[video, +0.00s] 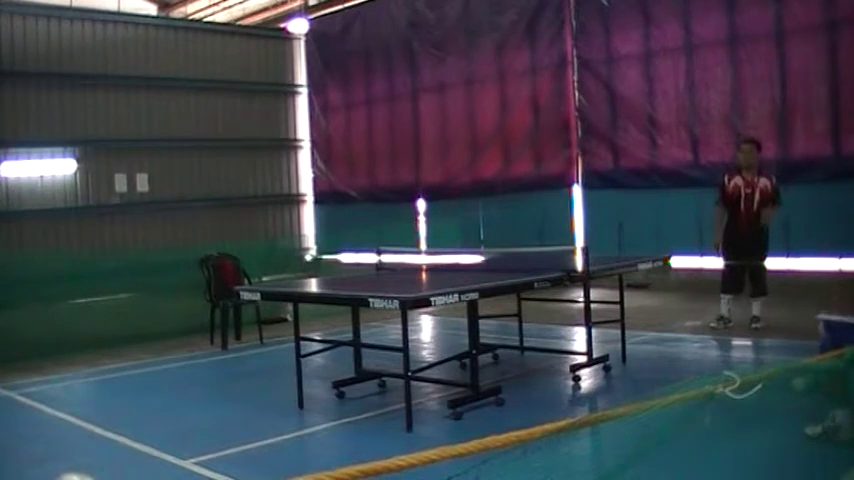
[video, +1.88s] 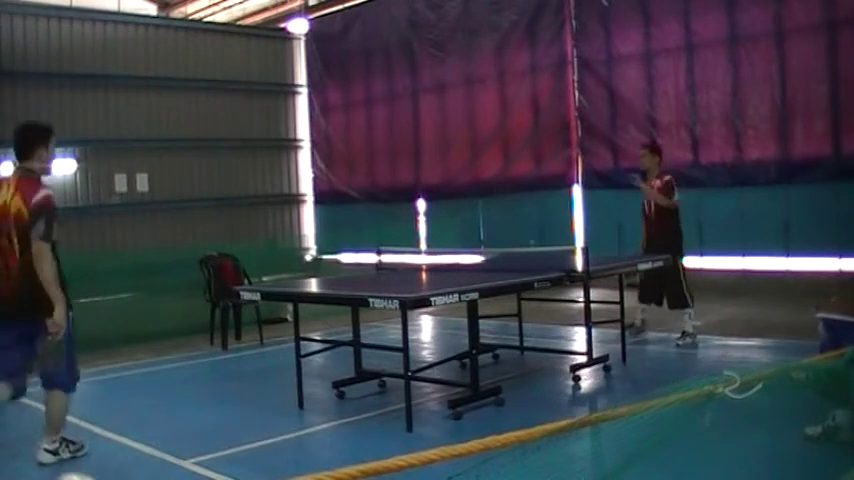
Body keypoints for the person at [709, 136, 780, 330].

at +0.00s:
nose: (746, 157)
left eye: (750, 152)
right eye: (743, 152)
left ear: (757, 156)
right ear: (738, 156)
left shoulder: (767, 182)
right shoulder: (729, 181)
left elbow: (773, 207)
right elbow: (721, 210)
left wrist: (766, 216)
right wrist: (718, 237)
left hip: (757, 234)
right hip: (733, 233)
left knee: (756, 272)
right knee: (730, 271)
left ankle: (756, 315)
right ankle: (724, 314)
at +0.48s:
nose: (722, 158)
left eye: (726, 154)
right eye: (721, 154)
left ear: (736, 157)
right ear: (719, 157)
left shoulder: (748, 183)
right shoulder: (711, 186)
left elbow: (757, 208)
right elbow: (707, 220)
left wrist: (740, 212)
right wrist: (703, 251)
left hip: (742, 242)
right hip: (719, 243)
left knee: (748, 281)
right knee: (714, 282)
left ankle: (755, 314)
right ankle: (712, 320)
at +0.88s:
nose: (692, 157)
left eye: (696, 152)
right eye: (690, 153)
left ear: (705, 155)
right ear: (689, 156)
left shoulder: (721, 179)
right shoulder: (686, 186)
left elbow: (732, 203)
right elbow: (684, 219)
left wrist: (714, 209)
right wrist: (678, 249)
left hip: (718, 235)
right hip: (698, 236)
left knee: (718, 274)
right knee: (702, 276)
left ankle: (725, 317)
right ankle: (710, 318)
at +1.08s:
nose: (684, 158)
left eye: (688, 154)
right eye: (683, 154)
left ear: (698, 157)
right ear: (681, 158)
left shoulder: (712, 181)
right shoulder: (679, 189)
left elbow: (724, 206)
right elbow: (675, 220)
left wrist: (706, 212)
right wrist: (668, 248)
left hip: (709, 234)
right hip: (690, 236)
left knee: (702, 272)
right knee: (696, 273)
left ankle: (699, 320)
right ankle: (709, 318)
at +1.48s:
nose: (674, 155)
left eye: (679, 151)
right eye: (674, 151)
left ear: (689, 155)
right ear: (673, 154)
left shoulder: (699, 182)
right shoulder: (668, 184)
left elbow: (708, 210)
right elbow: (661, 214)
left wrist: (684, 210)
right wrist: (657, 241)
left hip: (692, 242)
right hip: (672, 242)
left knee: (689, 285)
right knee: (679, 285)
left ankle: (690, 330)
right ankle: (685, 328)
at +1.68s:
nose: (659, 155)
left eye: (663, 151)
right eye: (659, 151)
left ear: (675, 155)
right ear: (663, 156)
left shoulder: (687, 180)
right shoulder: (660, 184)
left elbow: (693, 207)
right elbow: (656, 216)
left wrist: (670, 202)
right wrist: (649, 240)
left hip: (682, 242)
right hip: (662, 241)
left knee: (684, 284)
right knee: (654, 280)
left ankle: (689, 328)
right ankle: (656, 318)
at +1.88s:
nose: (642, 160)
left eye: (645, 156)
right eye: (641, 157)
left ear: (656, 159)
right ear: (645, 160)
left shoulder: (667, 182)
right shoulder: (647, 185)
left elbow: (670, 202)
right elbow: (648, 218)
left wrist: (649, 192)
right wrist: (645, 240)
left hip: (670, 243)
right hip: (652, 242)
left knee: (678, 285)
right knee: (646, 282)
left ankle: (689, 327)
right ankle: (640, 321)